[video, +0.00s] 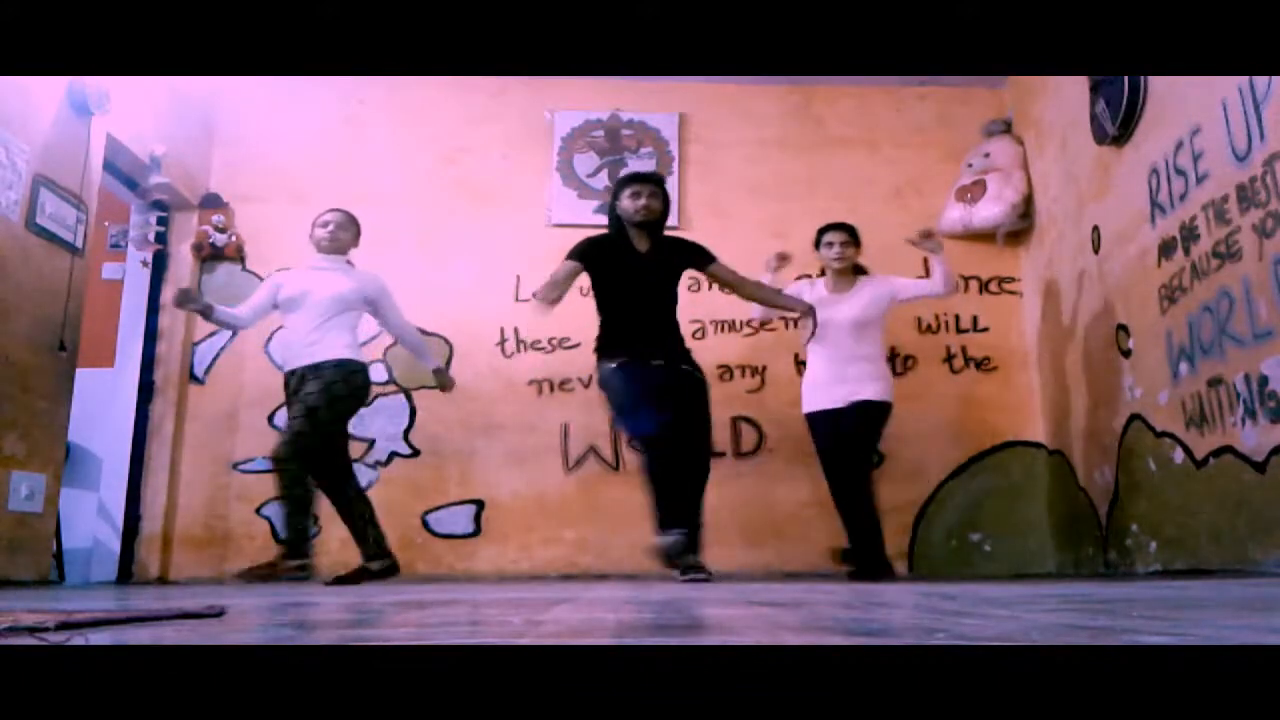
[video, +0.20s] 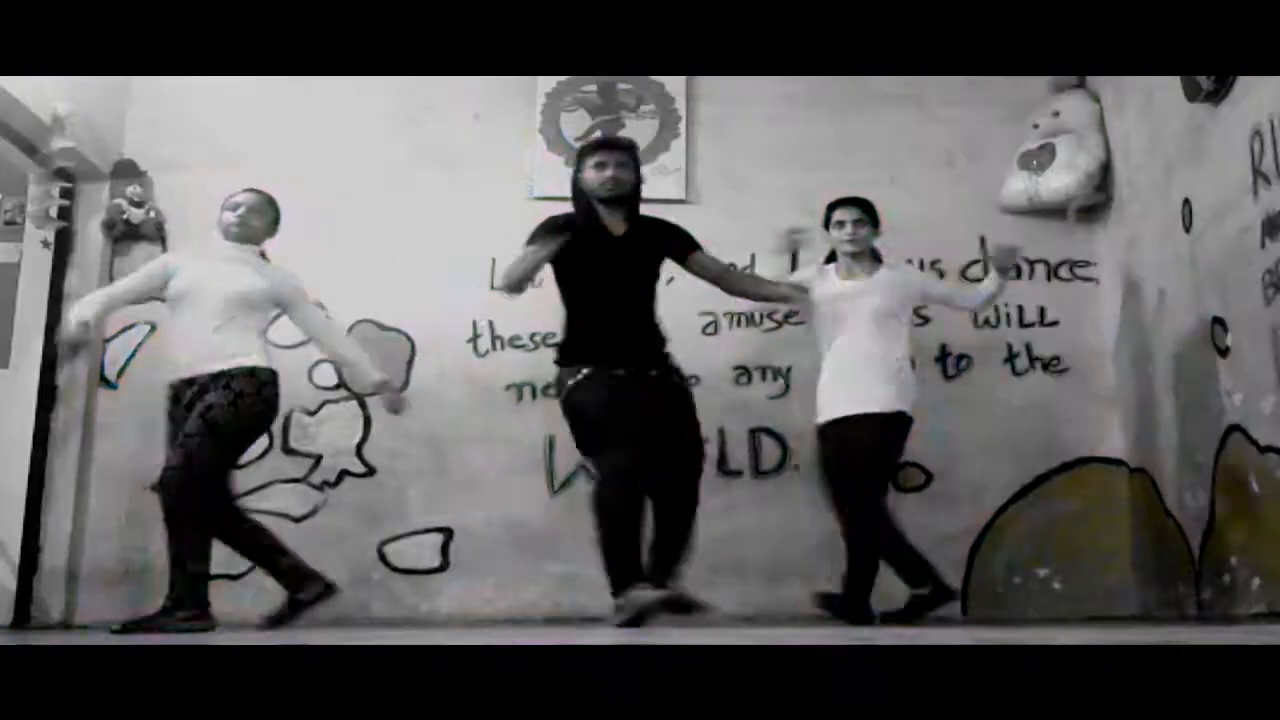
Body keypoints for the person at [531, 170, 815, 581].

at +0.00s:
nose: (644, 202)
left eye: (652, 196)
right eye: (633, 196)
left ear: (663, 207)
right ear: (616, 206)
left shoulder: (679, 249)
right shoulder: (596, 248)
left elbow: (739, 284)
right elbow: (560, 280)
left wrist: (798, 305)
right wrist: (547, 295)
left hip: (673, 361)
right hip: (624, 364)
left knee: (693, 448)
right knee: (658, 435)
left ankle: (687, 553)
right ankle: (671, 531)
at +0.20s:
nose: (611, 173)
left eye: (621, 166)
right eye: (599, 167)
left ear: (636, 177)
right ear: (579, 180)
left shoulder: (657, 232)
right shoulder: (561, 230)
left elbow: (726, 277)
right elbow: (508, 282)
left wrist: (791, 293)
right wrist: (540, 252)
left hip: (652, 371)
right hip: (590, 374)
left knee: (682, 462)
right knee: (620, 465)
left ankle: (662, 580)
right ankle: (626, 588)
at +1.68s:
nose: (424, 214)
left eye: (433, 207)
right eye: (415, 210)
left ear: (450, 215)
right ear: (406, 223)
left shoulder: (467, 249)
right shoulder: (411, 273)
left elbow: (524, 283)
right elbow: (403, 326)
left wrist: (541, 323)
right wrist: (378, 335)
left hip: (473, 358)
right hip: (438, 364)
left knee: (373, 407)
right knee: (424, 454)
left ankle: (352, 500)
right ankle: (444, 559)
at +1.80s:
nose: (419, 213)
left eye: (429, 208)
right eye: (410, 209)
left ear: (445, 219)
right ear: (399, 223)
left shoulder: (458, 252)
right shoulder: (401, 273)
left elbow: (518, 284)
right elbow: (390, 322)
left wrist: (559, 326)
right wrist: (374, 344)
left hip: (473, 361)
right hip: (442, 367)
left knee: (405, 433)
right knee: (430, 454)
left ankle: (337, 519)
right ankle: (444, 556)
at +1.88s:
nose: (374, 189)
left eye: (385, 183)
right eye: (364, 183)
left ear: (403, 197)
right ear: (349, 199)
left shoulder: (425, 238)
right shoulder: (347, 262)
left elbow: (492, 277)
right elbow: (334, 320)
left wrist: (544, 316)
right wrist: (315, 352)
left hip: (441, 366)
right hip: (399, 375)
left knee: (356, 445)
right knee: (375, 480)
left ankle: (309, 561)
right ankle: (402, 597)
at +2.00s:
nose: (383, 178)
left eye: (395, 172)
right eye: (374, 172)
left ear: (412, 187)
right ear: (358, 187)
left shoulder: (438, 230)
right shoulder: (342, 248)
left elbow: (512, 262)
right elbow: (302, 302)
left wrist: (513, 273)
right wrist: (341, 313)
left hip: (436, 359)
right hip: (384, 367)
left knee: (373, 432)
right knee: (358, 475)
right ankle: (398, 594)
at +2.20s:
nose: (388, 178)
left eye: (400, 173)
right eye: (378, 173)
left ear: (419, 190)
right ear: (363, 193)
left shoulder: (444, 229)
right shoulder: (358, 253)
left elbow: (502, 283)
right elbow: (315, 290)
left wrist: (550, 332)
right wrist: (285, 241)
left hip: (438, 383)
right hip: (372, 386)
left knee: (435, 492)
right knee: (355, 496)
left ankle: (449, 593)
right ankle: (361, 599)